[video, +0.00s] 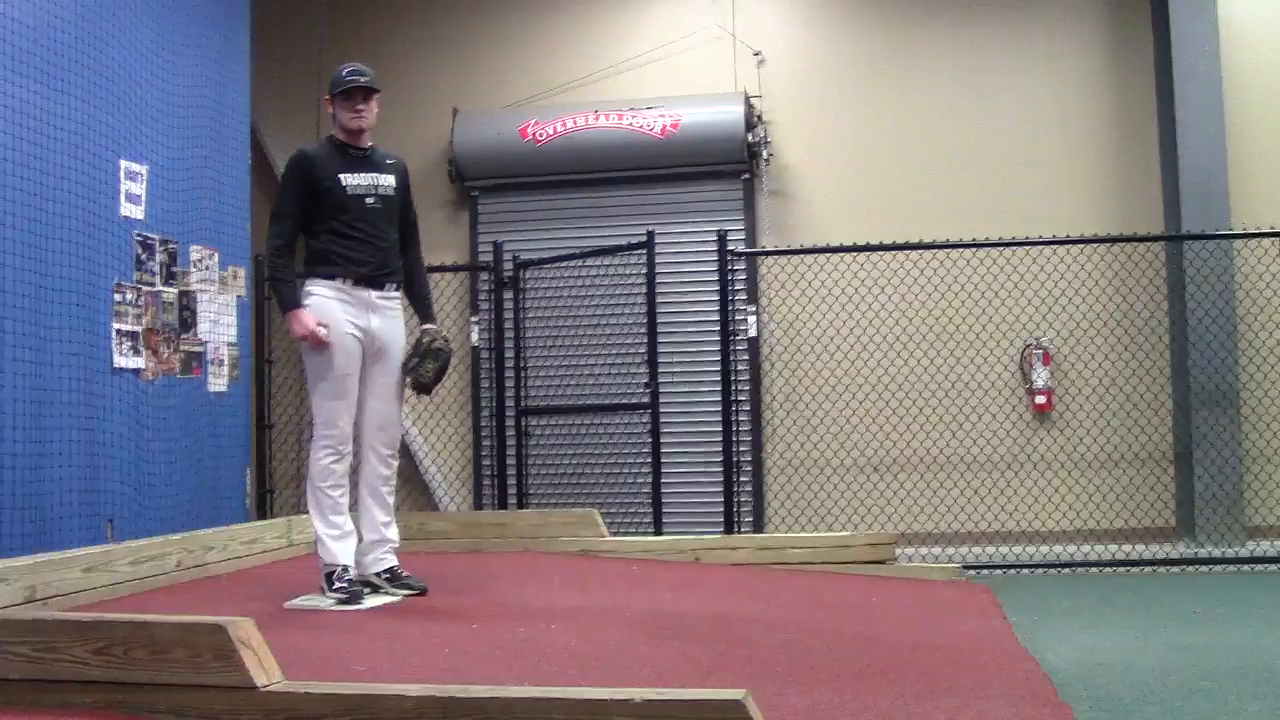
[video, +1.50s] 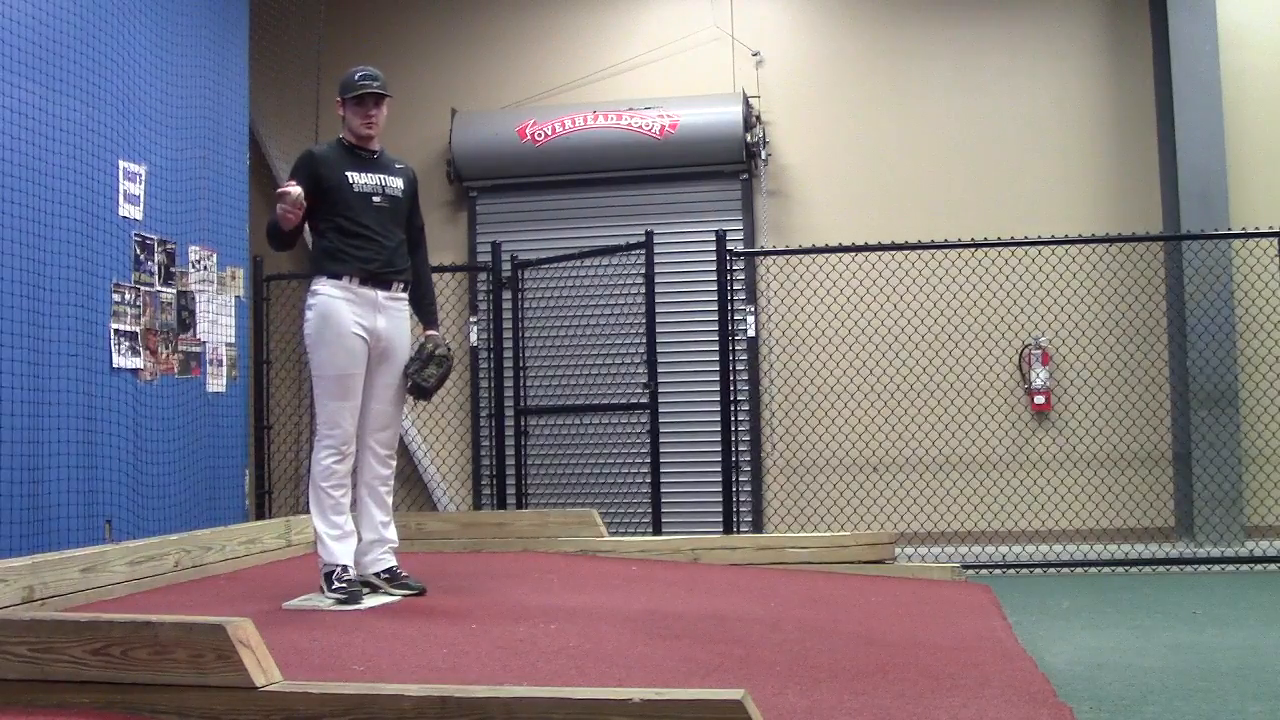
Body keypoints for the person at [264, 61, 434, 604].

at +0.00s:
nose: (361, 106)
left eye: (368, 98)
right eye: (350, 99)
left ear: (378, 105)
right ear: (330, 106)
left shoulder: (394, 168)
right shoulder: (309, 162)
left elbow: (410, 251)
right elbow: (278, 248)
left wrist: (428, 318)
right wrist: (293, 308)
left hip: (389, 307)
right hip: (330, 303)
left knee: (382, 440)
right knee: (335, 438)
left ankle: (379, 561)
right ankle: (337, 564)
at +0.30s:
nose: (361, 106)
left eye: (368, 98)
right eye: (350, 99)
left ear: (379, 105)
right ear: (332, 106)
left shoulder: (396, 170)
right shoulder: (309, 163)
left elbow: (413, 253)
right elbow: (277, 245)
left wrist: (427, 321)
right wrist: (288, 306)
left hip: (389, 308)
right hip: (328, 303)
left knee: (381, 441)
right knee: (334, 439)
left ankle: (378, 562)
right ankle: (336, 565)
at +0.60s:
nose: (360, 106)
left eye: (368, 98)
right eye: (350, 99)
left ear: (380, 105)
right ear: (332, 107)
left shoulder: (397, 170)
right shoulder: (310, 163)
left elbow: (413, 251)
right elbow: (278, 243)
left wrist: (426, 321)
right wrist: (289, 306)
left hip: (390, 308)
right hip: (329, 303)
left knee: (381, 441)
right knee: (334, 439)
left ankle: (378, 561)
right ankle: (336, 565)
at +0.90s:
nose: (363, 108)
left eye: (370, 99)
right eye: (352, 100)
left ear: (381, 106)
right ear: (333, 107)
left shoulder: (398, 171)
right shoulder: (311, 163)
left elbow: (413, 251)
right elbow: (281, 243)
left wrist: (425, 320)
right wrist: (292, 306)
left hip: (390, 309)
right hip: (331, 303)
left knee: (380, 440)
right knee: (334, 438)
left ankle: (377, 561)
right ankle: (336, 564)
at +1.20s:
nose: (366, 110)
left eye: (373, 101)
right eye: (356, 101)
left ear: (383, 107)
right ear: (337, 107)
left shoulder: (399, 171)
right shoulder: (313, 163)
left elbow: (415, 252)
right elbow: (281, 236)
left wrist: (426, 322)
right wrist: (291, 260)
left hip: (394, 310)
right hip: (336, 304)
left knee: (381, 443)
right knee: (336, 440)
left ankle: (378, 561)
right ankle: (336, 564)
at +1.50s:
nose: (370, 112)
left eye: (377, 103)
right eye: (361, 103)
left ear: (388, 109)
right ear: (341, 108)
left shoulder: (402, 174)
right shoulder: (316, 162)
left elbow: (417, 254)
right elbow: (280, 241)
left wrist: (430, 323)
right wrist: (285, 219)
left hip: (395, 308)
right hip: (338, 303)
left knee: (381, 443)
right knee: (337, 440)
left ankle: (377, 561)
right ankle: (337, 564)